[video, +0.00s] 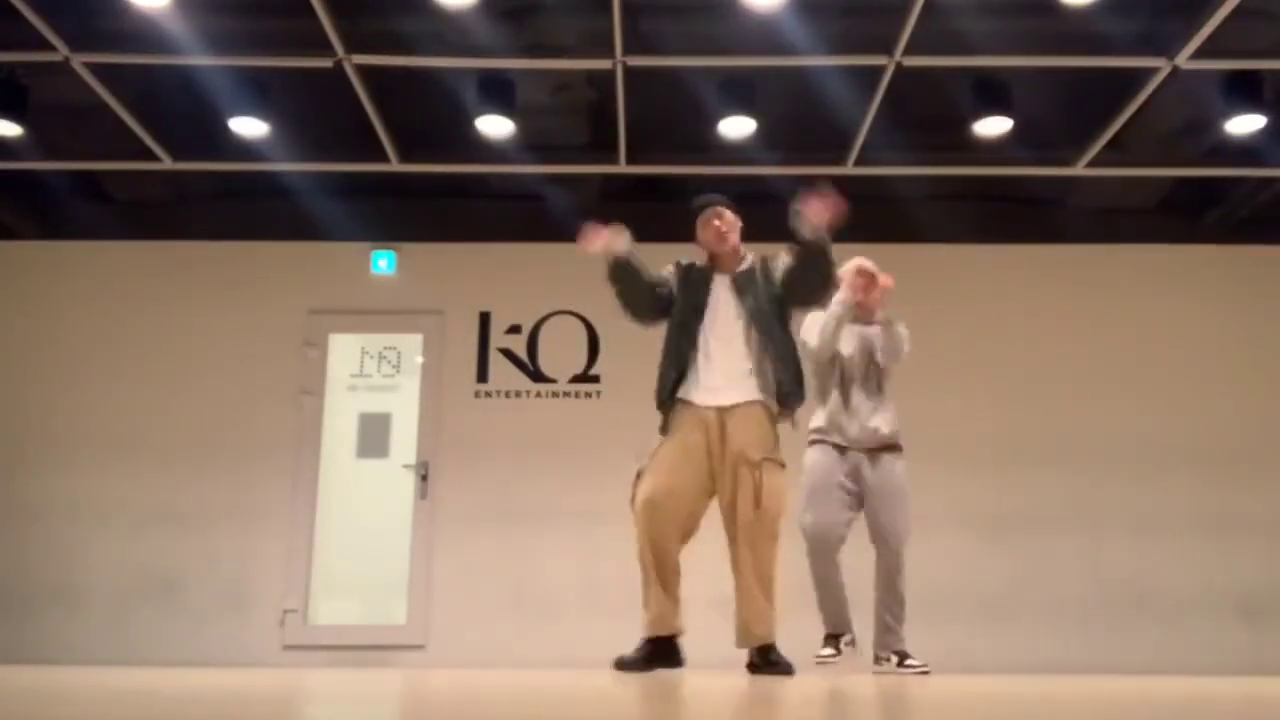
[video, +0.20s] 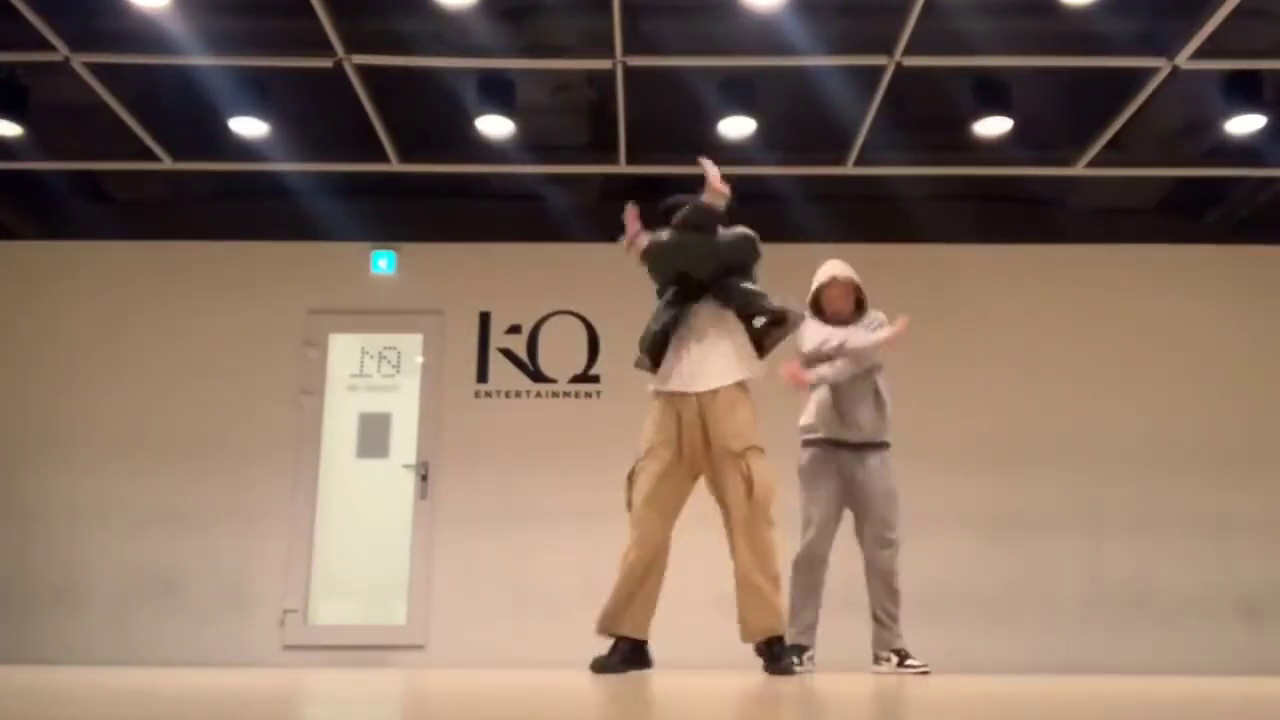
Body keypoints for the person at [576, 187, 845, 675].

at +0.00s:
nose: (718, 223)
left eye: (724, 217)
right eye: (708, 221)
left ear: (741, 229)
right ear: (698, 239)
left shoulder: (767, 273)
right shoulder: (683, 279)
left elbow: (813, 287)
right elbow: (646, 305)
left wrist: (812, 238)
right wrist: (619, 257)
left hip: (751, 414)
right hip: (691, 415)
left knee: (756, 522)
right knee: (655, 504)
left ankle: (761, 646)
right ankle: (662, 639)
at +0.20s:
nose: (696, 222)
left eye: (705, 215)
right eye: (686, 217)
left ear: (720, 216)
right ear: (673, 224)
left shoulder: (742, 243)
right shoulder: (661, 252)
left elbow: (703, 258)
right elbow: (684, 239)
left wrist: (646, 242)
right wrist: (712, 201)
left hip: (726, 392)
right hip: (670, 395)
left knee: (751, 511)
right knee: (648, 517)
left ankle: (771, 639)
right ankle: (631, 640)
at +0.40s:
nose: (671, 242)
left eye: (672, 232)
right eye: (659, 243)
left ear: (688, 233)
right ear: (652, 260)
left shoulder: (724, 263)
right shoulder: (647, 293)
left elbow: (702, 326)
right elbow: (674, 332)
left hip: (696, 399)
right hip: (643, 406)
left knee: (713, 501)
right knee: (622, 517)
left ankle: (786, 620)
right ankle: (630, 645)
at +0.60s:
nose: (664, 249)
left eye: (668, 238)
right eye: (652, 246)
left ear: (684, 240)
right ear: (645, 259)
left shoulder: (727, 274)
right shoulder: (641, 301)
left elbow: (761, 321)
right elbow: (628, 332)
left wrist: (764, 350)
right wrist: (645, 348)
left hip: (704, 418)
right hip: (646, 422)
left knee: (725, 520)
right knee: (618, 526)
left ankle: (747, 635)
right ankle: (627, 645)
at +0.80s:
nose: (709, 215)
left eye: (718, 209)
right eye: (702, 207)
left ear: (730, 221)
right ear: (687, 215)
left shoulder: (750, 263)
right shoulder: (663, 263)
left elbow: (788, 294)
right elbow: (605, 293)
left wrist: (774, 257)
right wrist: (557, 270)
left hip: (747, 406)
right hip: (685, 403)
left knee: (744, 528)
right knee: (655, 518)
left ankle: (738, 647)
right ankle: (629, 633)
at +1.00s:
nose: (727, 226)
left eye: (735, 224)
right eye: (719, 219)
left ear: (743, 240)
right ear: (701, 230)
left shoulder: (763, 277)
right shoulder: (676, 262)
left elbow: (814, 302)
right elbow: (621, 296)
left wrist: (848, 274)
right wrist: (632, 256)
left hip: (760, 402)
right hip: (712, 398)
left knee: (769, 516)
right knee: (741, 505)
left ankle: (737, 645)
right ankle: (691, 623)